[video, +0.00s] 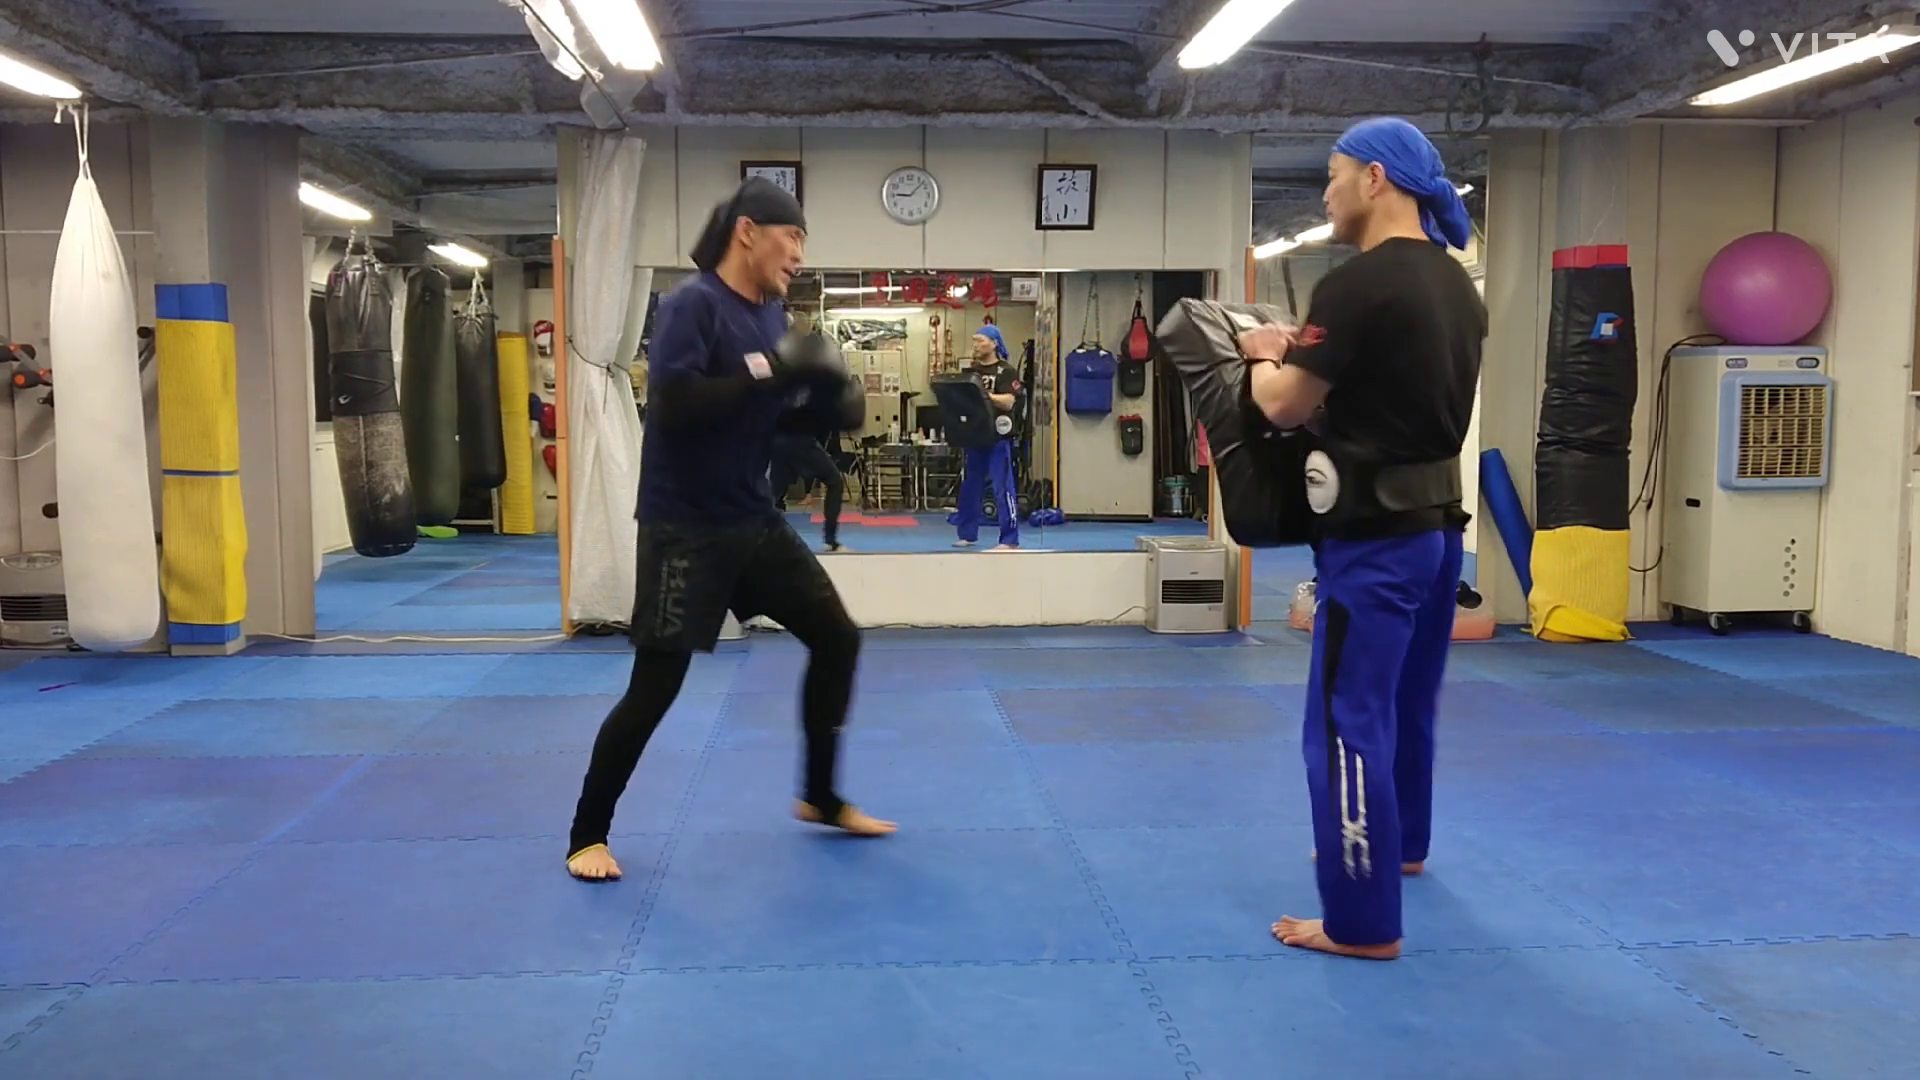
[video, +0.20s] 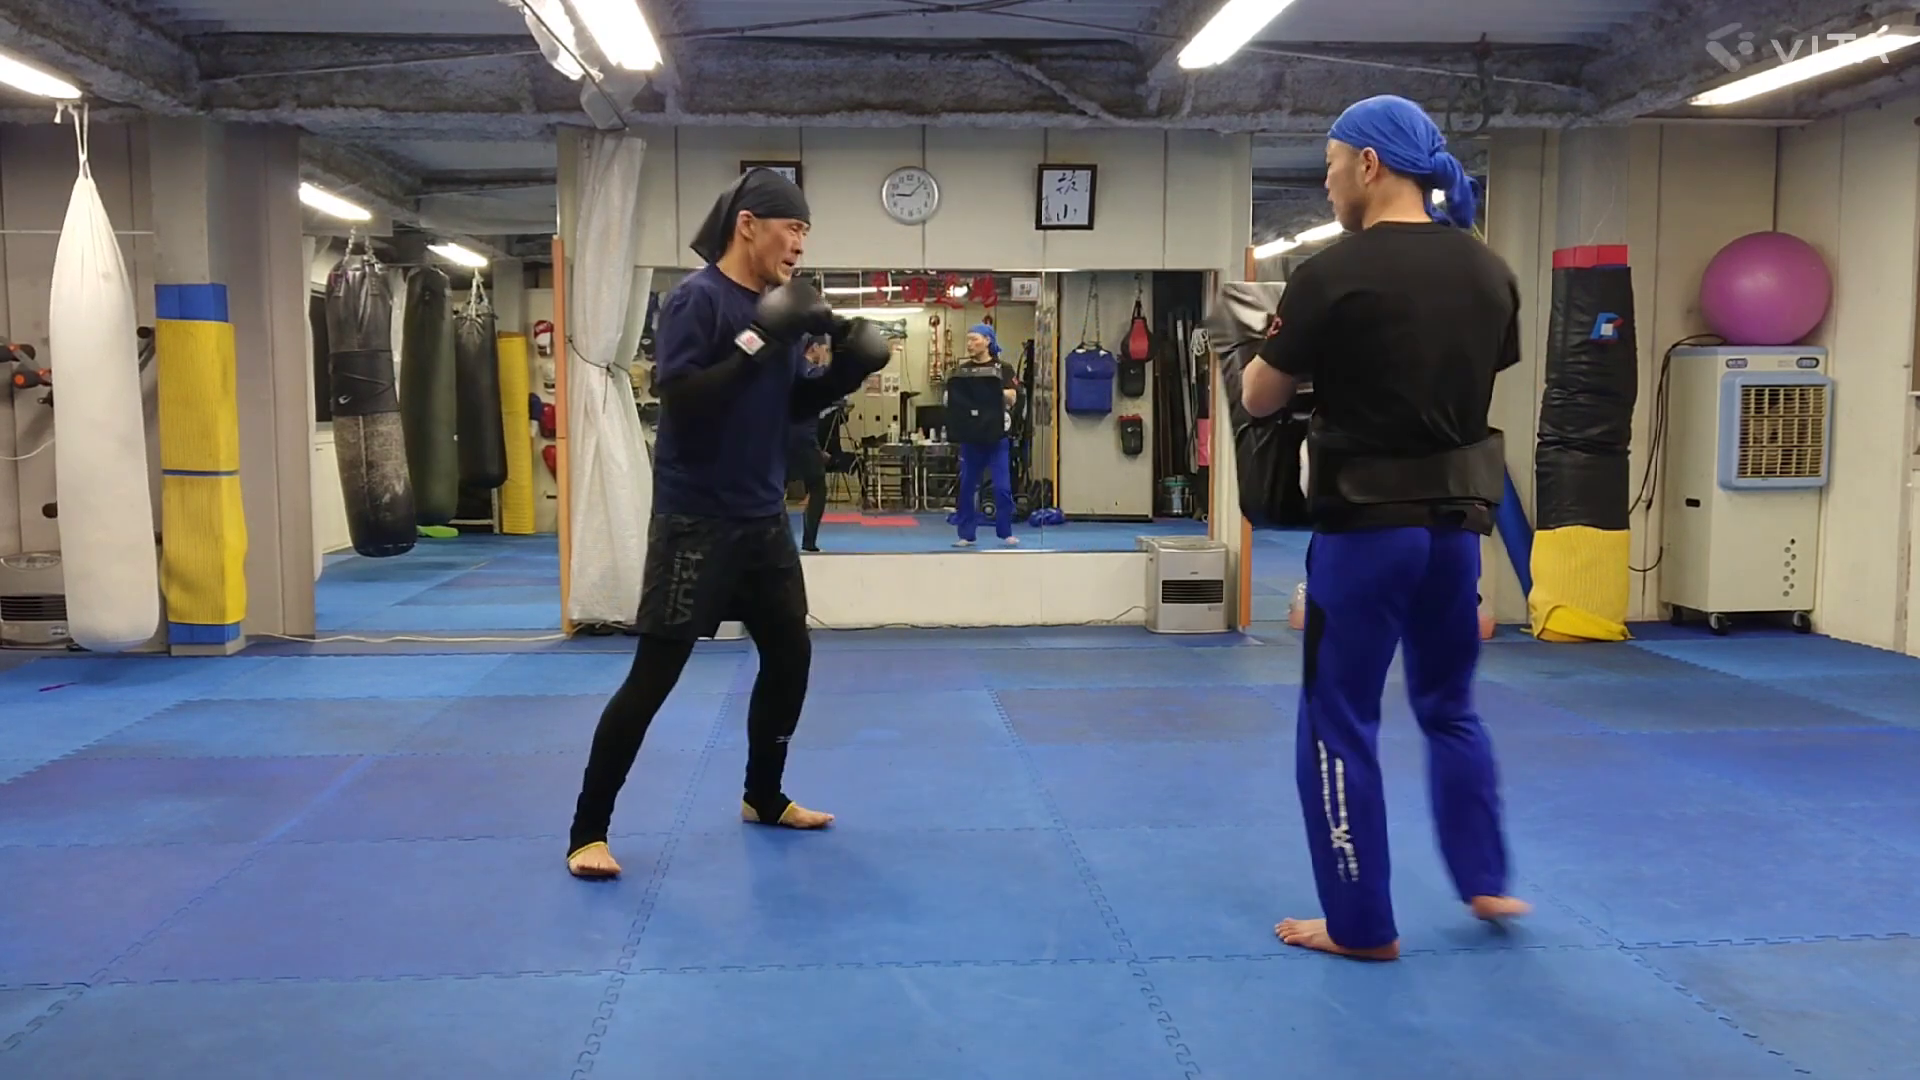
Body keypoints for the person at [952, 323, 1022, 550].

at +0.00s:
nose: (975, 345)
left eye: (980, 341)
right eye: (975, 341)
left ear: (994, 344)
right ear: (978, 344)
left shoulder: (1008, 372)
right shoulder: (972, 371)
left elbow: (1009, 402)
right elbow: (963, 398)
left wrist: (982, 395)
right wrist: (944, 386)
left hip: (1000, 436)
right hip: (975, 435)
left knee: (1002, 487)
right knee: (971, 484)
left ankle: (1009, 539)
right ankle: (967, 534)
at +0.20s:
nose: (970, 344)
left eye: (974, 339)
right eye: (968, 340)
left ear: (988, 342)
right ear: (968, 343)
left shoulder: (1003, 369)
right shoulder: (963, 369)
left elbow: (1013, 397)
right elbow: (953, 399)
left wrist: (990, 393)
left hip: (998, 434)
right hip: (971, 434)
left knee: (1002, 487)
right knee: (967, 486)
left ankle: (1005, 533)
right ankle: (966, 535)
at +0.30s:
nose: (971, 346)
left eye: (976, 341)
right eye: (969, 342)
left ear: (988, 343)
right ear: (968, 344)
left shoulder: (1004, 372)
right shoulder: (961, 371)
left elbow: (1013, 401)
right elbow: (949, 398)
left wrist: (1009, 399)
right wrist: (966, 406)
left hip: (997, 438)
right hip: (969, 437)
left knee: (1002, 486)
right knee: (962, 488)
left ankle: (1002, 527)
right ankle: (965, 534)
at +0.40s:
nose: (975, 349)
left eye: (979, 345)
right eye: (972, 345)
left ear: (991, 347)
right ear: (970, 348)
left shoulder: (1006, 376)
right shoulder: (964, 375)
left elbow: (1013, 407)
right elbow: (951, 403)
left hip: (997, 442)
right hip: (969, 441)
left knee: (1002, 488)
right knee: (958, 484)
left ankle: (1002, 531)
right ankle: (962, 534)